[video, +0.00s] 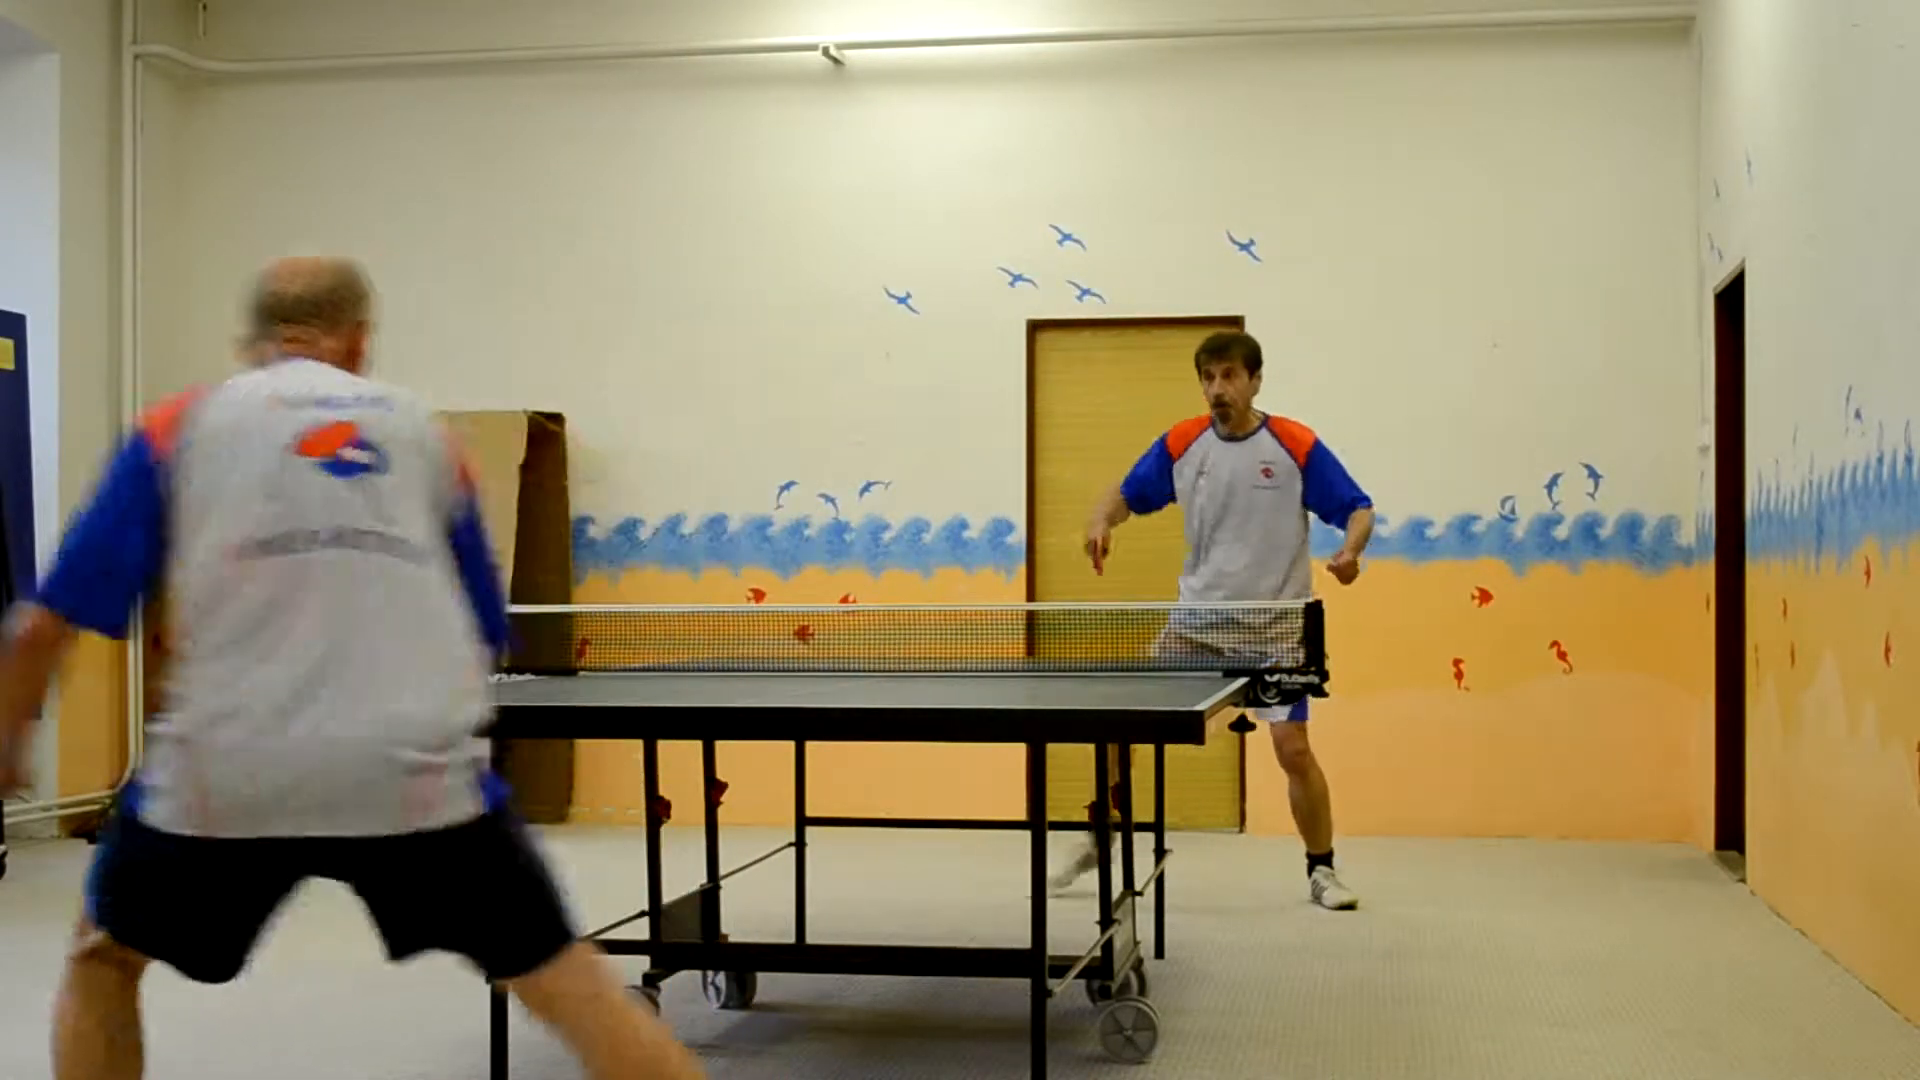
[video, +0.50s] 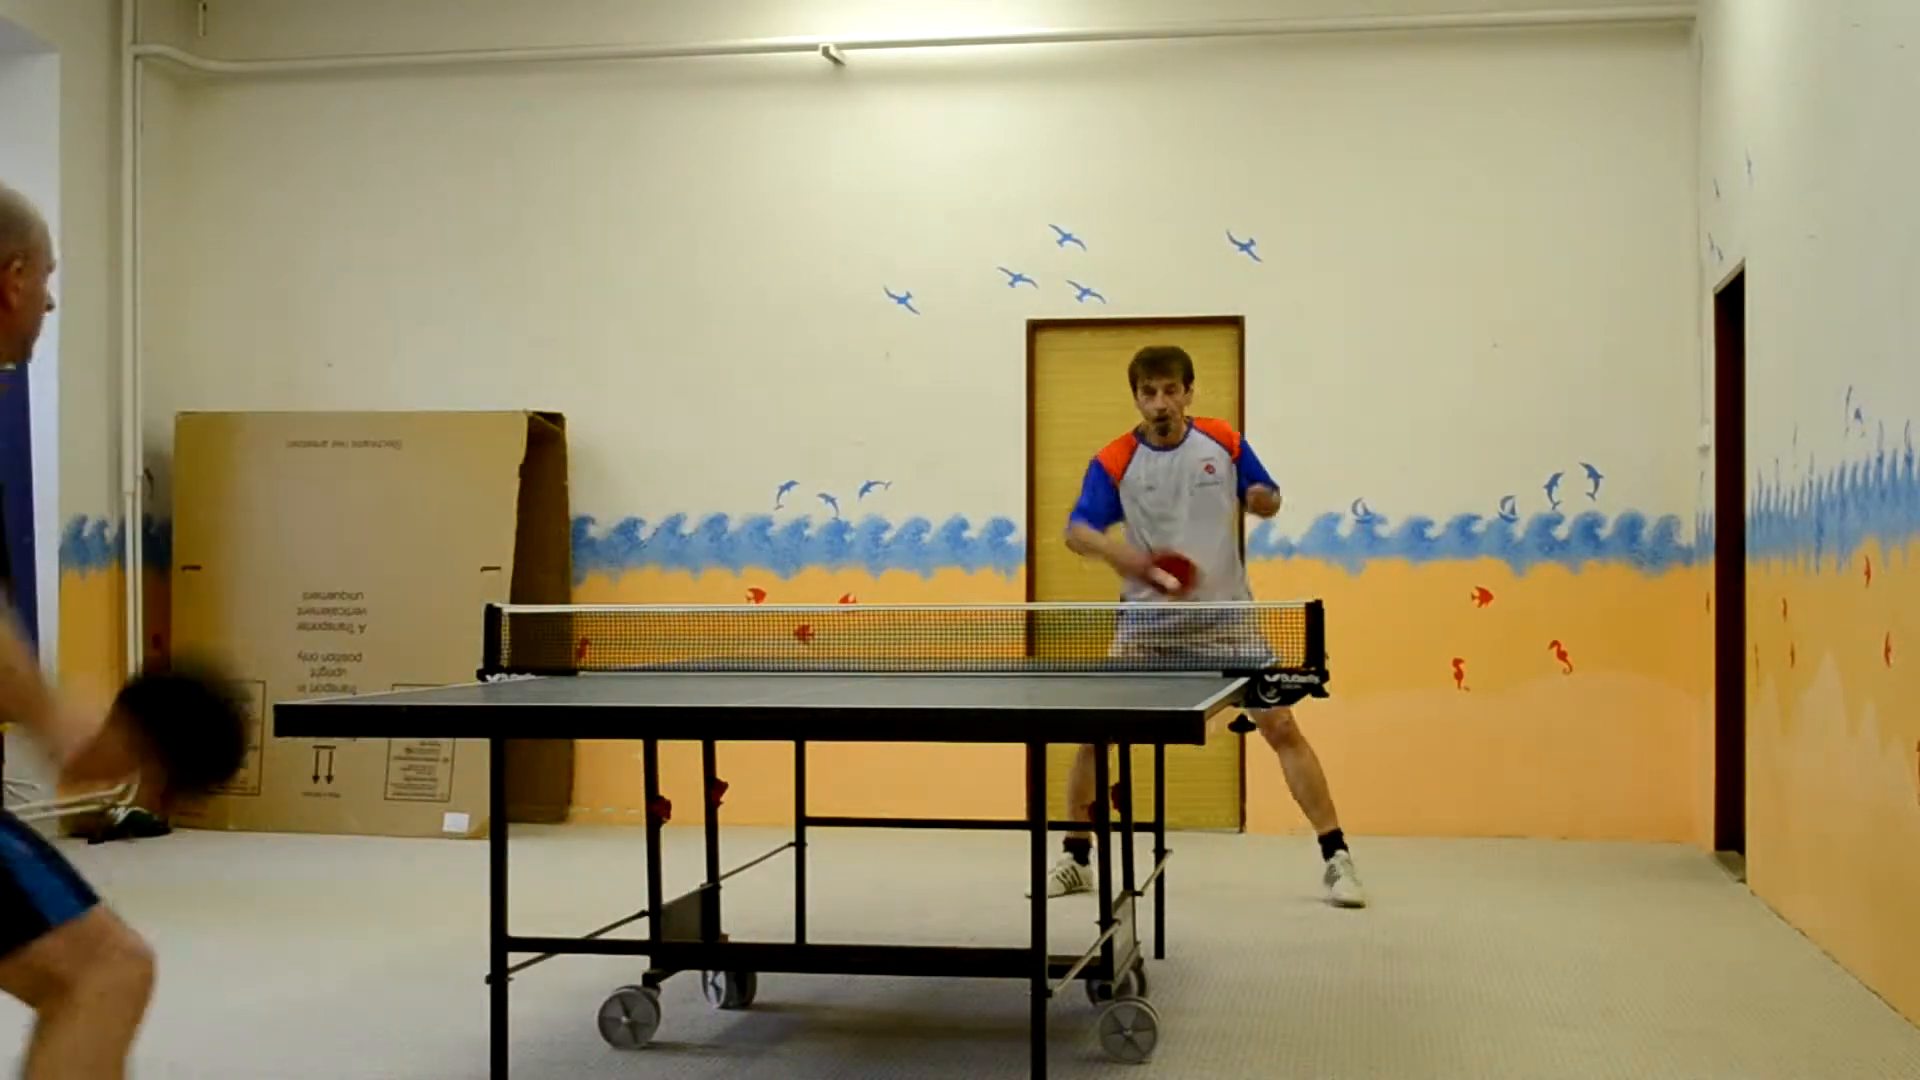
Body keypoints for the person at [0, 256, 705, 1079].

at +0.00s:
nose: (363, 355)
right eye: (366, 340)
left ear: (245, 340)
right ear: (359, 342)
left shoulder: (176, 430)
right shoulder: (427, 440)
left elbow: (41, 626)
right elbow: (486, 635)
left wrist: (14, 742)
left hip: (224, 782)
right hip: (417, 780)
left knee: (105, 965)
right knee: (582, 993)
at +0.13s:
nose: (259, 312)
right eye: (261, 300)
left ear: (146, 284)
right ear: (247, 294)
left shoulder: (29, 389)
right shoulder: (264, 354)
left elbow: (12, 575)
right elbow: (413, 494)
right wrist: (520, 504)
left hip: (57, 739)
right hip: (233, 722)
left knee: (44, 946)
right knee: (422, 936)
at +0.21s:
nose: (177, 267)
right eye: (177, 253)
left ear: (61, 250)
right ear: (168, 250)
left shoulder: (13, 342)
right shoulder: (190, 313)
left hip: (10, 716)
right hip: (158, 706)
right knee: (323, 933)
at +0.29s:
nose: (106, 246)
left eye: (99, 234)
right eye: (100, 233)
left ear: (11, 235)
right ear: (79, 233)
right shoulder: (81, 310)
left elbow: (248, 354)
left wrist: (448, 323)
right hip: (90, 721)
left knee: (248, 993)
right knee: (249, 991)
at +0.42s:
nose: (49, 296)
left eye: (48, 273)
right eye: (45, 272)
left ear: (14, 273)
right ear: (11, 274)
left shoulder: (13, 391)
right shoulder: (3, 387)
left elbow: (45, 502)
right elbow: (39, 502)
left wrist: (201, 547)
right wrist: (196, 548)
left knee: (148, 986)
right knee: (159, 984)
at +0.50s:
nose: (48, 303)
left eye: (48, 280)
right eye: (45, 278)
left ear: (12, 280)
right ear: (11, 279)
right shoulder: (7, 390)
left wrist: (57, 719)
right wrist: (52, 715)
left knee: (80, 982)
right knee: (109, 971)